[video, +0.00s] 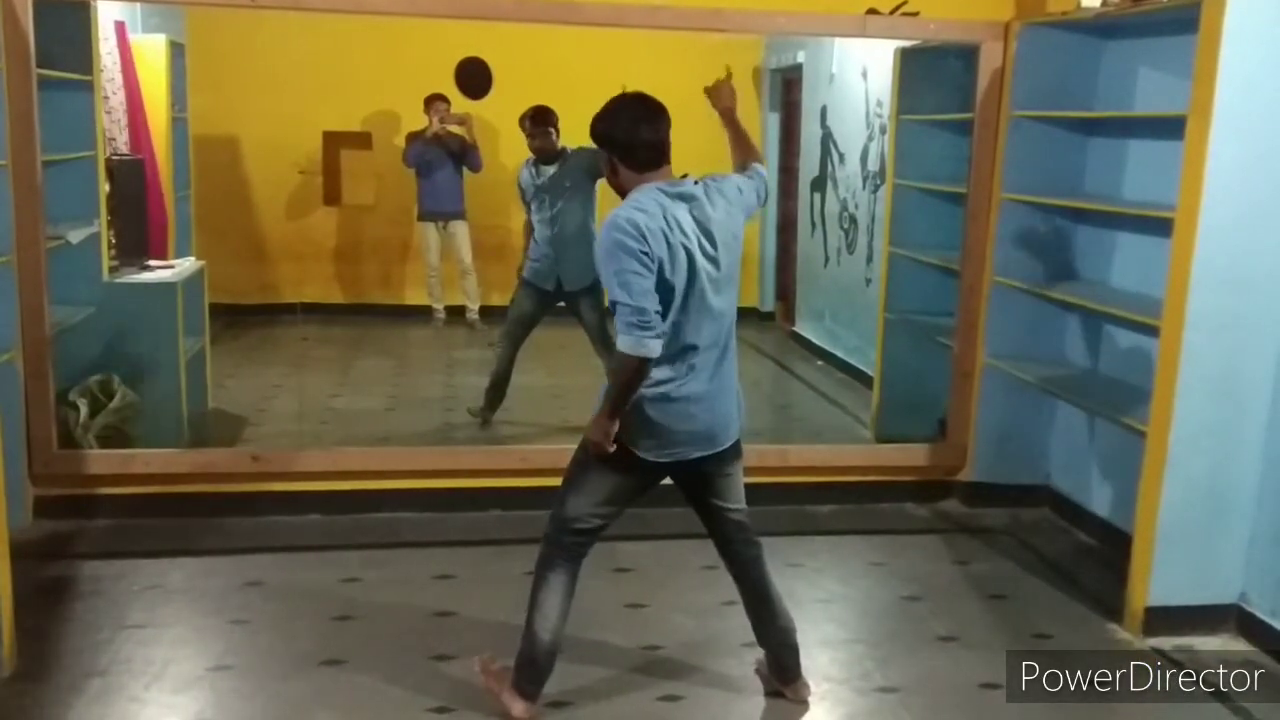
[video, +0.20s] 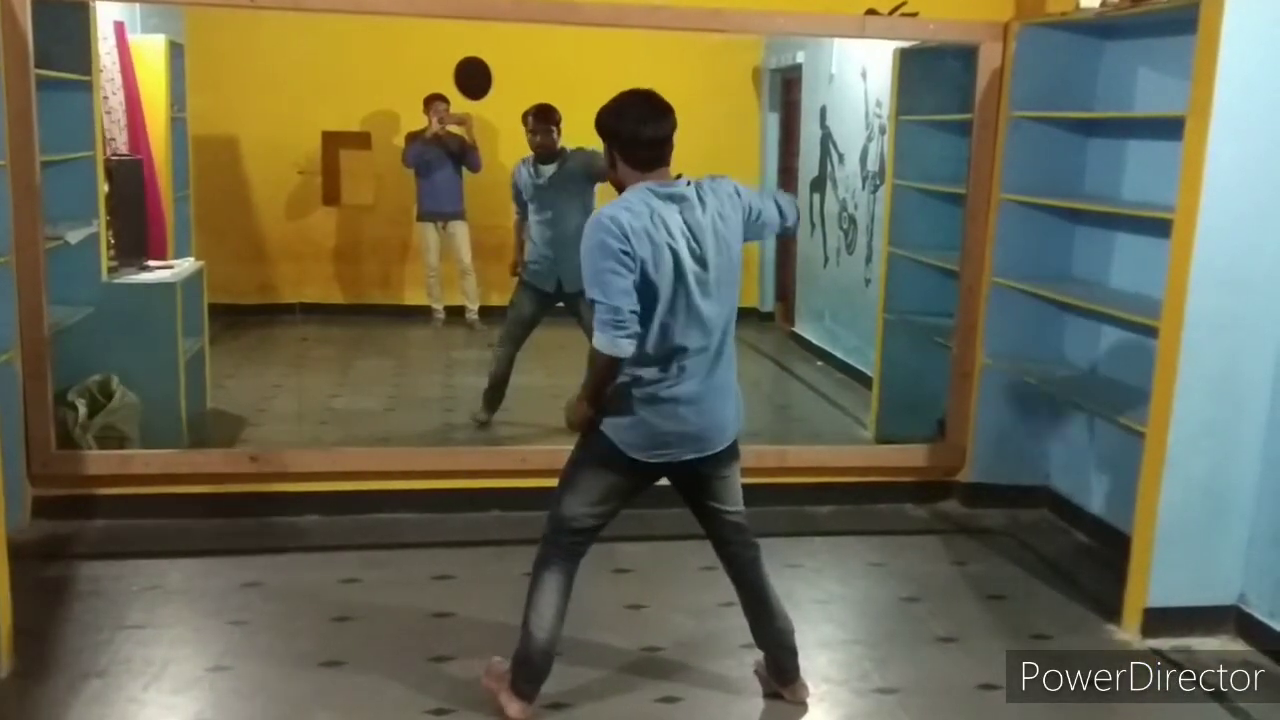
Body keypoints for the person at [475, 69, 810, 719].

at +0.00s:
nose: (603, 169)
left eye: (602, 159)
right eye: (605, 157)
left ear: (612, 163)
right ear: (668, 148)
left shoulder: (625, 230)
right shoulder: (719, 198)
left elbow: (641, 345)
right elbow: (755, 171)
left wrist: (608, 414)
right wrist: (731, 115)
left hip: (649, 420)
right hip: (717, 415)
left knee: (566, 544)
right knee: (741, 543)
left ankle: (524, 685)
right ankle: (788, 675)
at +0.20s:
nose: (604, 159)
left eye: (604, 149)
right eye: (607, 149)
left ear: (612, 153)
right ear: (672, 146)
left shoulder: (611, 226)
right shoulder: (722, 199)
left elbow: (616, 340)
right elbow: (787, 214)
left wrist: (587, 399)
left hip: (636, 421)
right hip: (713, 417)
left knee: (562, 548)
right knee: (740, 546)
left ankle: (521, 687)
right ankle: (786, 676)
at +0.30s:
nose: (603, 155)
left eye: (604, 146)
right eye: (606, 145)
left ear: (612, 150)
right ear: (672, 145)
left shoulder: (605, 225)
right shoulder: (723, 203)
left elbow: (607, 341)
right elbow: (781, 261)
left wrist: (582, 398)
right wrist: (716, 268)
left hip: (633, 423)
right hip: (712, 419)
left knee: (562, 547)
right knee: (741, 549)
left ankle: (521, 685)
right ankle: (786, 676)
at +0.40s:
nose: (604, 154)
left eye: (604, 145)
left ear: (610, 151)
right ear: (672, 147)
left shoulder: (598, 222)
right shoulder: (726, 218)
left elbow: (598, 339)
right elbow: (768, 315)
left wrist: (577, 392)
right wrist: (713, 351)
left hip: (627, 427)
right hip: (709, 426)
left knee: (559, 550)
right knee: (743, 555)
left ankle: (518, 690)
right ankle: (787, 678)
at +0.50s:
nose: (607, 153)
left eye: (608, 145)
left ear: (612, 152)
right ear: (675, 148)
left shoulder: (594, 219)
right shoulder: (727, 225)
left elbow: (582, 336)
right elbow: (744, 340)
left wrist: (570, 381)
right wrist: (701, 382)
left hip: (621, 426)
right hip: (705, 426)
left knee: (557, 547)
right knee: (742, 553)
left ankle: (519, 688)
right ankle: (788, 678)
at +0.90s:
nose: (591, 151)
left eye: (593, 143)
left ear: (598, 152)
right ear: (661, 149)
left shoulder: (568, 208)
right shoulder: (699, 209)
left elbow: (536, 314)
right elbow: (765, 233)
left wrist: (559, 395)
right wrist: (714, 192)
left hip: (600, 419)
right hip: (682, 419)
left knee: (544, 544)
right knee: (741, 536)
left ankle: (519, 686)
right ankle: (786, 670)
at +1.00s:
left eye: (586, 142)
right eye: (652, 133)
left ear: (590, 147)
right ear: (652, 141)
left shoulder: (563, 208)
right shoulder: (694, 197)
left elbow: (539, 323)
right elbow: (772, 207)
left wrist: (560, 397)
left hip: (601, 415)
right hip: (681, 412)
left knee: (546, 543)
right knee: (736, 533)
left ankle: (520, 686)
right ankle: (778, 672)